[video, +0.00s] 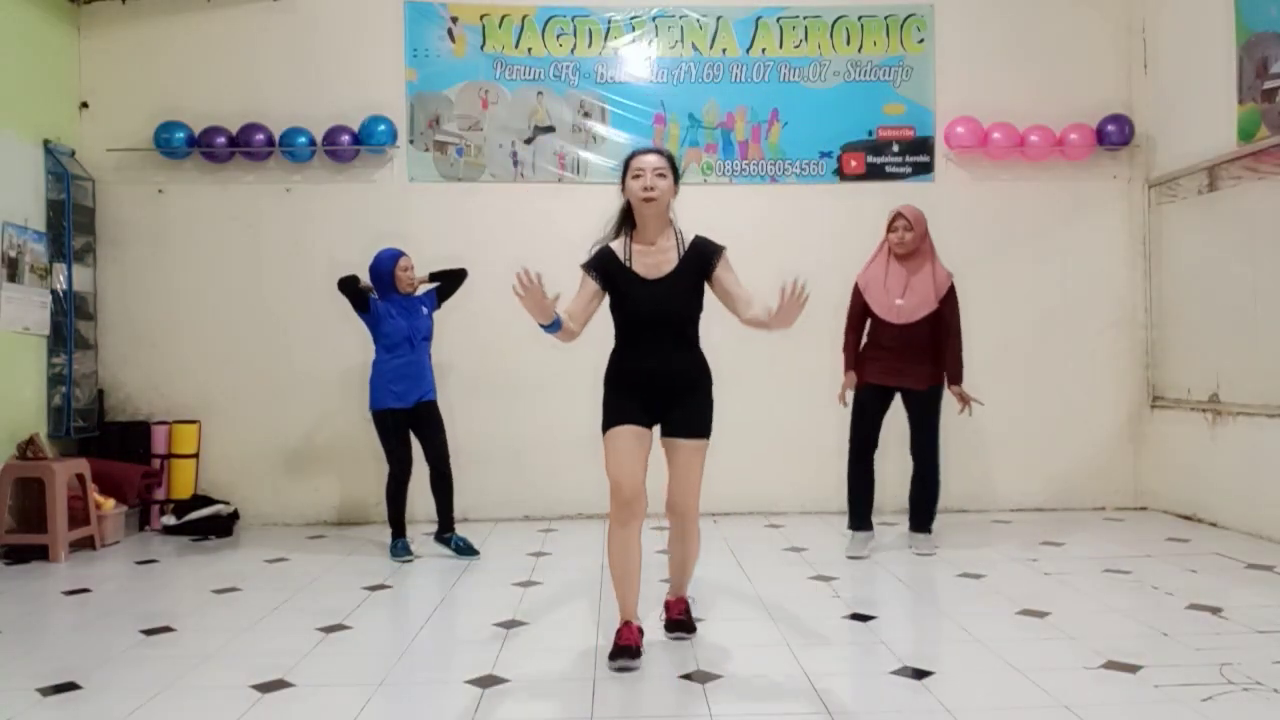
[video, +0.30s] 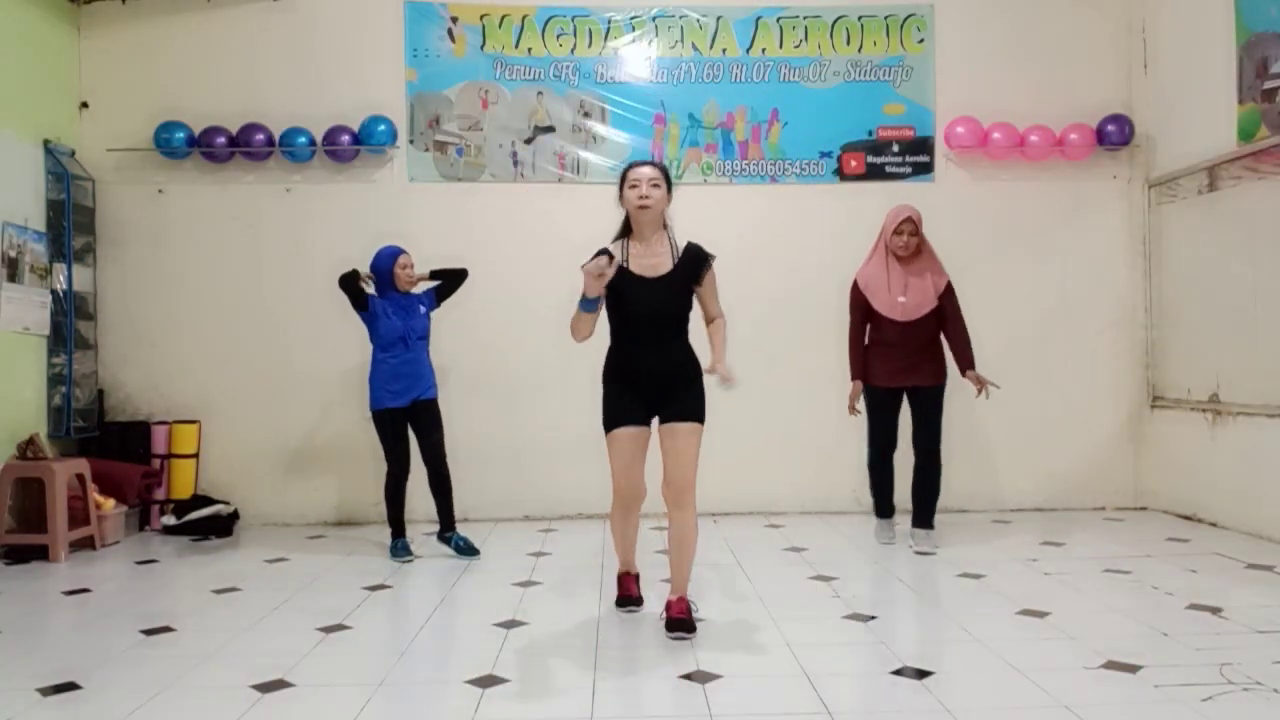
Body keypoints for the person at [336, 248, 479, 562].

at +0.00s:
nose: (412, 275)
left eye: (412, 269)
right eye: (404, 270)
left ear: (413, 275)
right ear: (388, 277)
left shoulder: (424, 303)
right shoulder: (376, 308)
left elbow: (460, 275)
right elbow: (346, 285)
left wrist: (425, 279)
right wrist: (364, 289)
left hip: (422, 397)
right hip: (388, 401)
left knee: (440, 462)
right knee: (400, 466)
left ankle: (446, 531)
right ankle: (399, 538)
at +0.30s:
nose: (411, 273)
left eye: (412, 267)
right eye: (404, 267)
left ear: (413, 273)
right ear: (387, 274)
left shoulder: (422, 302)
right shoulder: (373, 306)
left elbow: (460, 275)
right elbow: (346, 285)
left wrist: (424, 276)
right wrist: (355, 277)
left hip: (423, 395)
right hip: (387, 399)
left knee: (437, 462)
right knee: (398, 466)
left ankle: (448, 531)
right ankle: (398, 538)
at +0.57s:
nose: (407, 272)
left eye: (409, 266)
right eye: (399, 267)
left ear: (413, 272)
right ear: (384, 274)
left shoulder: (423, 301)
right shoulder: (371, 305)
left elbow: (461, 273)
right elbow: (343, 275)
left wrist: (423, 275)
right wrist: (364, 278)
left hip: (421, 394)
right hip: (385, 398)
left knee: (435, 461)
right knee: (396, 466)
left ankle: (449, 529)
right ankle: (398, 537)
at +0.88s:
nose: (404, 271)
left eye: (408, 266)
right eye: (397, 266)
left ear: (414, 270)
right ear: (384, 272)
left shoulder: (427, 301)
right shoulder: (371, 305)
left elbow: (475, 287)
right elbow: (324, 290)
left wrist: (444, 266)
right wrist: (346, 276)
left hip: (423, 395)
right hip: (386, 399)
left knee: (430, 459)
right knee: (396, 467)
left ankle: (452, 529)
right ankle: (398, 539)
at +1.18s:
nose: (409, 269)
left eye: (414, 265)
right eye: (402, 265)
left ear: (421, 270)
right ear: (391, 272)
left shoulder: (434, 302)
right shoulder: (380, 306)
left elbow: (488, 309)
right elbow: (327, 309)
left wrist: (479, 271)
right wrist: (351, 278)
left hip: (430, 393)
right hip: (394, 397)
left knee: (432, 459)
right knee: (400, 467)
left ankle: (457, 526)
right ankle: (398, 538)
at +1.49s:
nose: (427, 271)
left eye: (433, 267)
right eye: (421, 266)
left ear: (441, 272)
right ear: (411, 272)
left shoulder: (452, 306)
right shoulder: (399, 309)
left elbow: (491, 339)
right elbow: (385, 348)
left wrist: (511, 313)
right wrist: (379, 360)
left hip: (450, 395)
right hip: (413, 397)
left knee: (454, 465)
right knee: (419, 465)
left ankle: (459, 533)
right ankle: (402, 535)